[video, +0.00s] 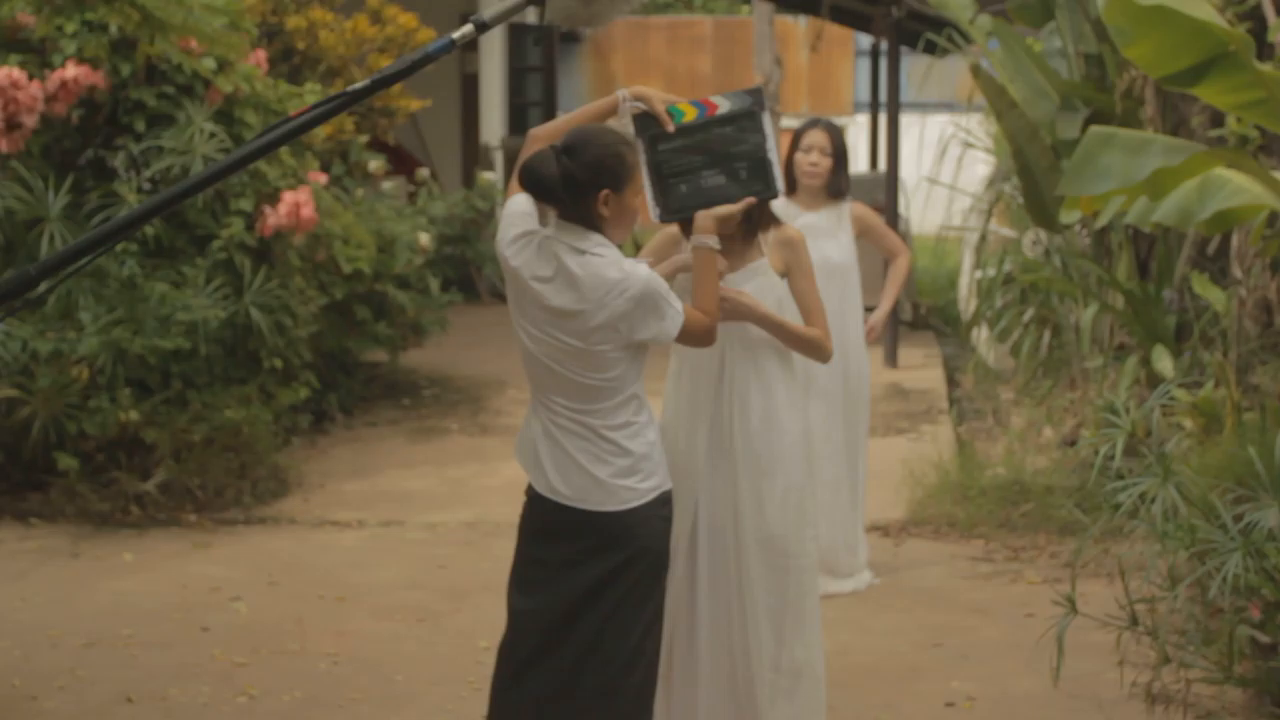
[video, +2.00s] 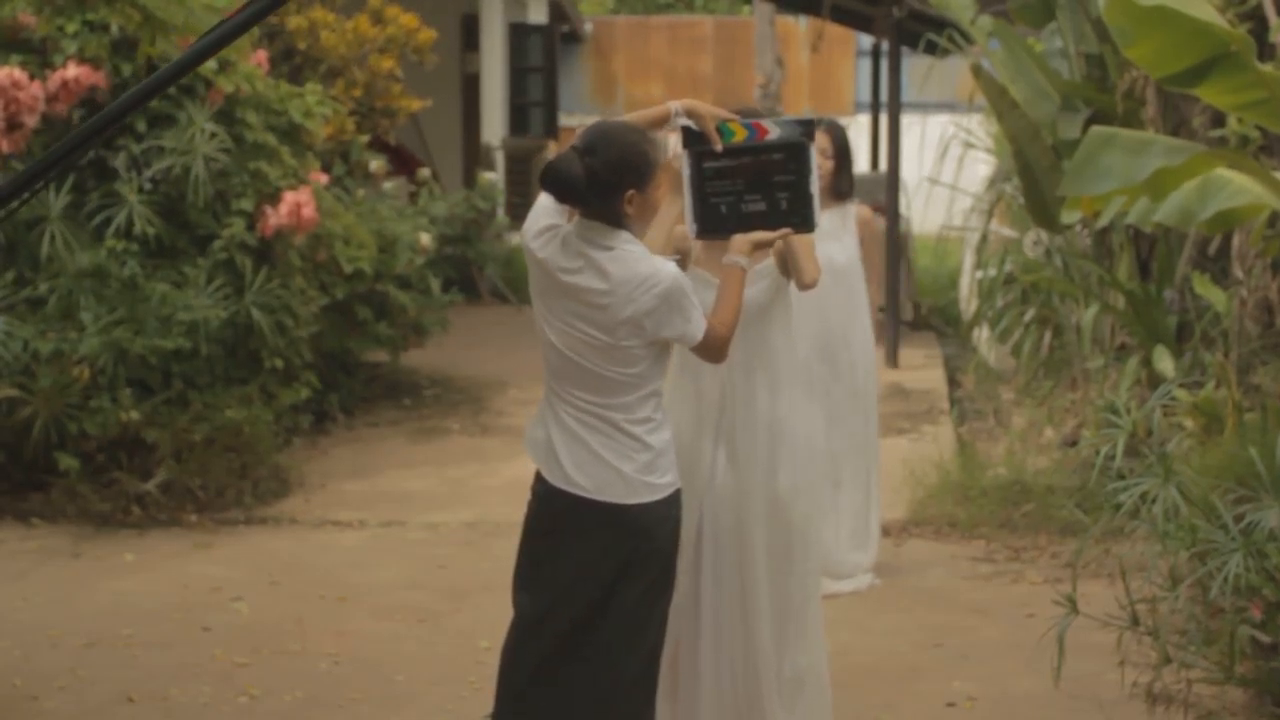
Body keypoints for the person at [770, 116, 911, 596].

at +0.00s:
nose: (814, 160)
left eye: (825, 153)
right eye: (806, 150)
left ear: (837, 163)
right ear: (791, 157)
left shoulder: (852, 213)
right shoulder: (772, 214)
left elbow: (900, 255)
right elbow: (745, 271)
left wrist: (883, 311)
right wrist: (764, 320)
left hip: (840, 347)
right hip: (786, 346)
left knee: (836, 451)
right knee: (788, 451)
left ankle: (838, 558)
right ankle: (788, 560)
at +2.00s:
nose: (817, 164)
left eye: (825, 155)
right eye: (810, 154)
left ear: (841, 164)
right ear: (797, 161)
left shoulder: (860, 219)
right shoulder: (784, 219)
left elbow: (873, 284)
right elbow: (769, 286)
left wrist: (870, 334)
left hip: (843, 348)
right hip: (791, 351)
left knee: (843, 448)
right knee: (794, 450)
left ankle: (845, 557)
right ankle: (794, 556)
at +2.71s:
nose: (819, 170)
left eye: (828, 162)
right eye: (812, 161)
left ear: (842, 168)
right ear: (799, 164)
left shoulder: (858, 220)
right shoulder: (781, 218)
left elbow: (880, 286)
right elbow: (759, 290)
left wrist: (893, 349)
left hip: (842, 353)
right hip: (788, 356)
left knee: (843, 453)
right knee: (792, 456)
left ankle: (845, 559)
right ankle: (793, 560)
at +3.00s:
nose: (817, 165)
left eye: (827, 158)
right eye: (812, 155)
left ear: (843, 167)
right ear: (799, 161)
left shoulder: (856, 220)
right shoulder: (783, 214)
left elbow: (866, 293)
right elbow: (762, 291)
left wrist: (856, 360)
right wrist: (759, 357)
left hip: (834, 352)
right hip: (785, 353)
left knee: (836, 456)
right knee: (787, 456)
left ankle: (840, 558)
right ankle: (788, 560)